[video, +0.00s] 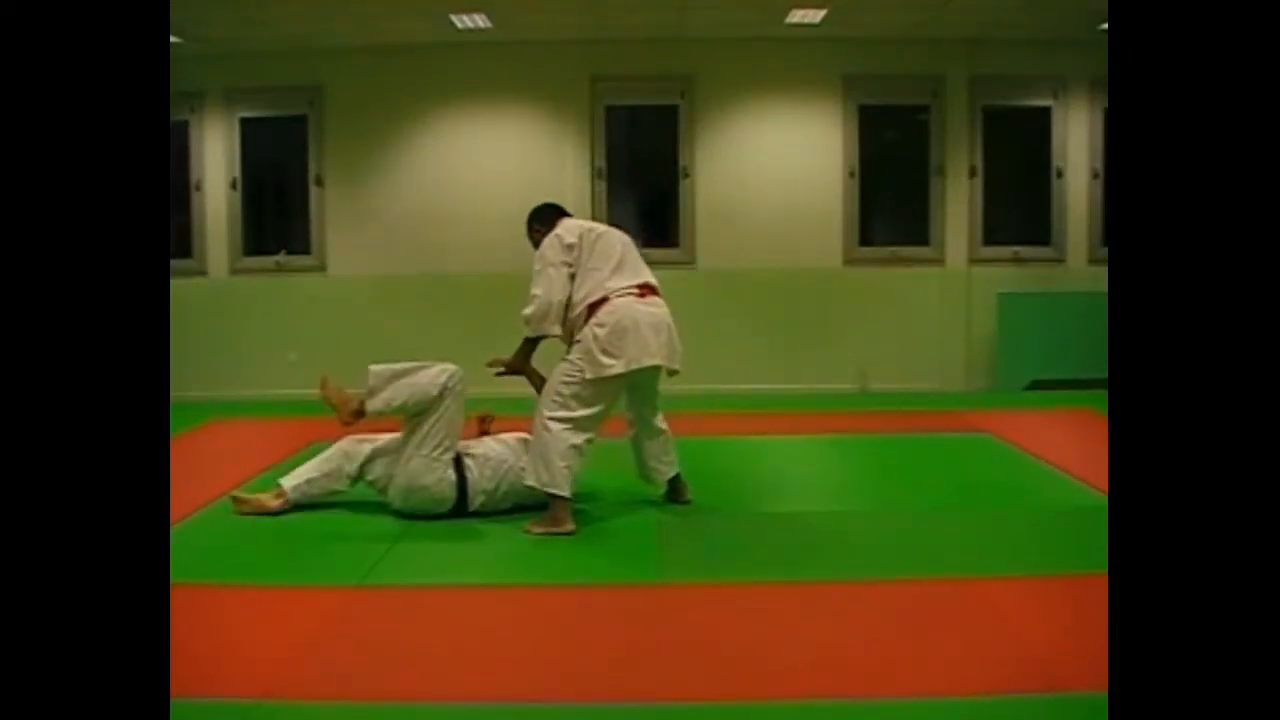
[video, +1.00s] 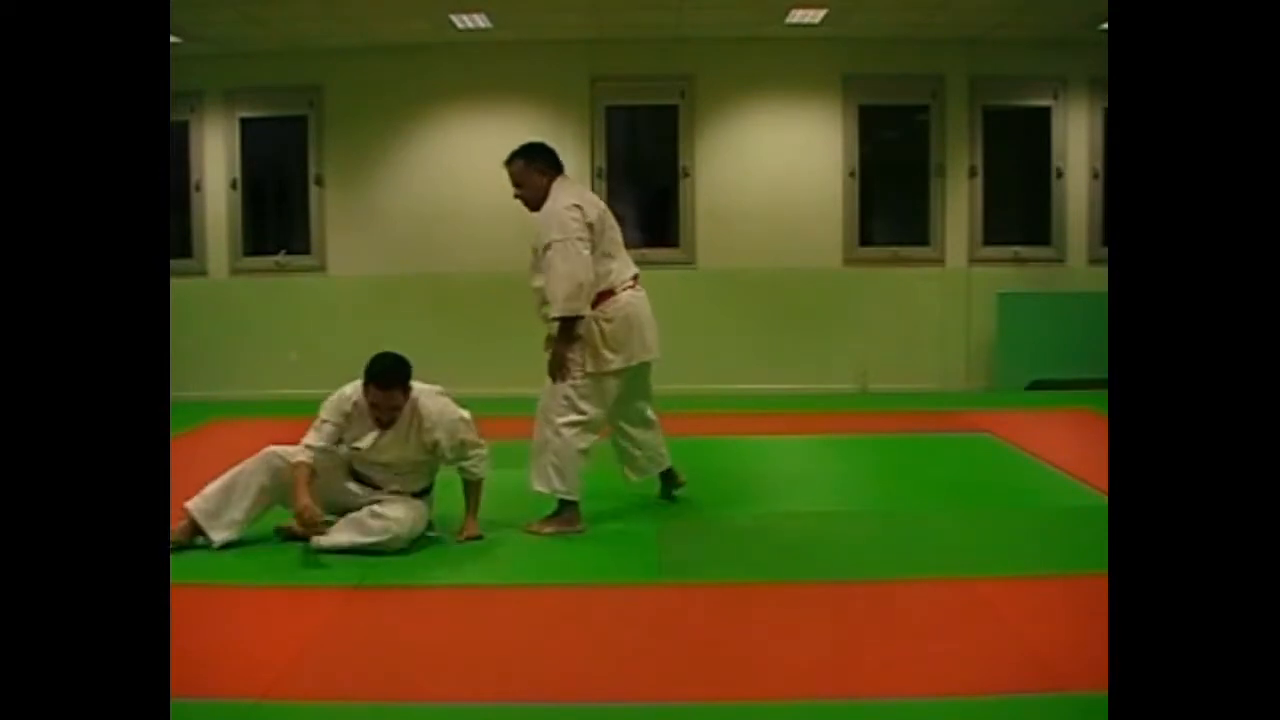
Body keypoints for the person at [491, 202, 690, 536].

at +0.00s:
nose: (537, 248)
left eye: (536, 241)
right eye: (535, 243)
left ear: (540, 229)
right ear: (565, 218)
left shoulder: (556, 239)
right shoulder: (609, 236)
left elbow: (548, 302)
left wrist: (521, 357)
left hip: (612, 324)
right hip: (657, 317)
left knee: (557, 412)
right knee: (646, 411)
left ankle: (559, 512)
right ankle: (676, 484)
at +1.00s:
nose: (516, 195)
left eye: (519, 184)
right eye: (513, 186)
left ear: (541, 175)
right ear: (549, 175)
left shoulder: (560, 210)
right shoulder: (581, 197)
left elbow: (573, 280)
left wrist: (560, 343)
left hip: (603, 321)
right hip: (632, 310)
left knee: (560, 411)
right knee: (630, 404)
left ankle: (567, 509)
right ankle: (666, 473)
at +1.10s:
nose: (510, 190)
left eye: (513, 179)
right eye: (507, 181)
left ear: (536, 169)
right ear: (541, 169)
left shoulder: (554, 206)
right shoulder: (573, 194)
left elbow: (565, 276)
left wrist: (554, 336)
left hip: (594, 320)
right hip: (622, 309)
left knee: (557, 410)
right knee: (618, 403)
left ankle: (566, 508)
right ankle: (652, 468)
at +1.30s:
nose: (498, 180)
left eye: (502, 169)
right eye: (495, 171)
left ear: (528, 160)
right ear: (528, 163)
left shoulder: (547, 200)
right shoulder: (552, 193)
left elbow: (560, 269)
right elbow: (544, 268)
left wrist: (549, 331)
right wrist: (523, 319)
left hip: (577, 319)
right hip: (588, 312)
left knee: (558, 413)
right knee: (579, 406)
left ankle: (566, 508)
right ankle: (585, 486)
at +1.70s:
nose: (480, 171)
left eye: (486, 161)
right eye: (477, 162)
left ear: (512, 153)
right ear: (499, 157)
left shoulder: (539, 193)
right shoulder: (513, 195)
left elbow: (557, 263)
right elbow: (509, 268)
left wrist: (547, 323)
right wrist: (488, 319)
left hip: (553, 323)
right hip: (525, 325)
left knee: (553, 417)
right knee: (523, 417)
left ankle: (566, 507)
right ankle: (527, 499)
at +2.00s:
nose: (465, 170)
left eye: (471, 160)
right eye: (460, 162)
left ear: (497, 154)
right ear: (462, 162)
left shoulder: (530, 192)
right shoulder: (486, 201)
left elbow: (550, 257)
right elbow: (478, 270)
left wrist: (541, 317)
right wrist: (459, 323)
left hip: (543, 318)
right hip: (510, 322)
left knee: (530, 404)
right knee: (510, 409)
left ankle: (553, 496)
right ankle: (524, 496)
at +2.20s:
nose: (462, 168)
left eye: (468, 157)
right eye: (457, 160)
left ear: (495, 152)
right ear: (458, 161)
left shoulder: (525, 192)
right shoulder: (483, 201)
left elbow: (548, 255)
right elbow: (473, 270)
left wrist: (538, 313)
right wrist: (457, 325)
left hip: (537, 318)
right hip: (506, 322)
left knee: (534, 406)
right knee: (511, 409)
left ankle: (557, 506)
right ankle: (524, 500)